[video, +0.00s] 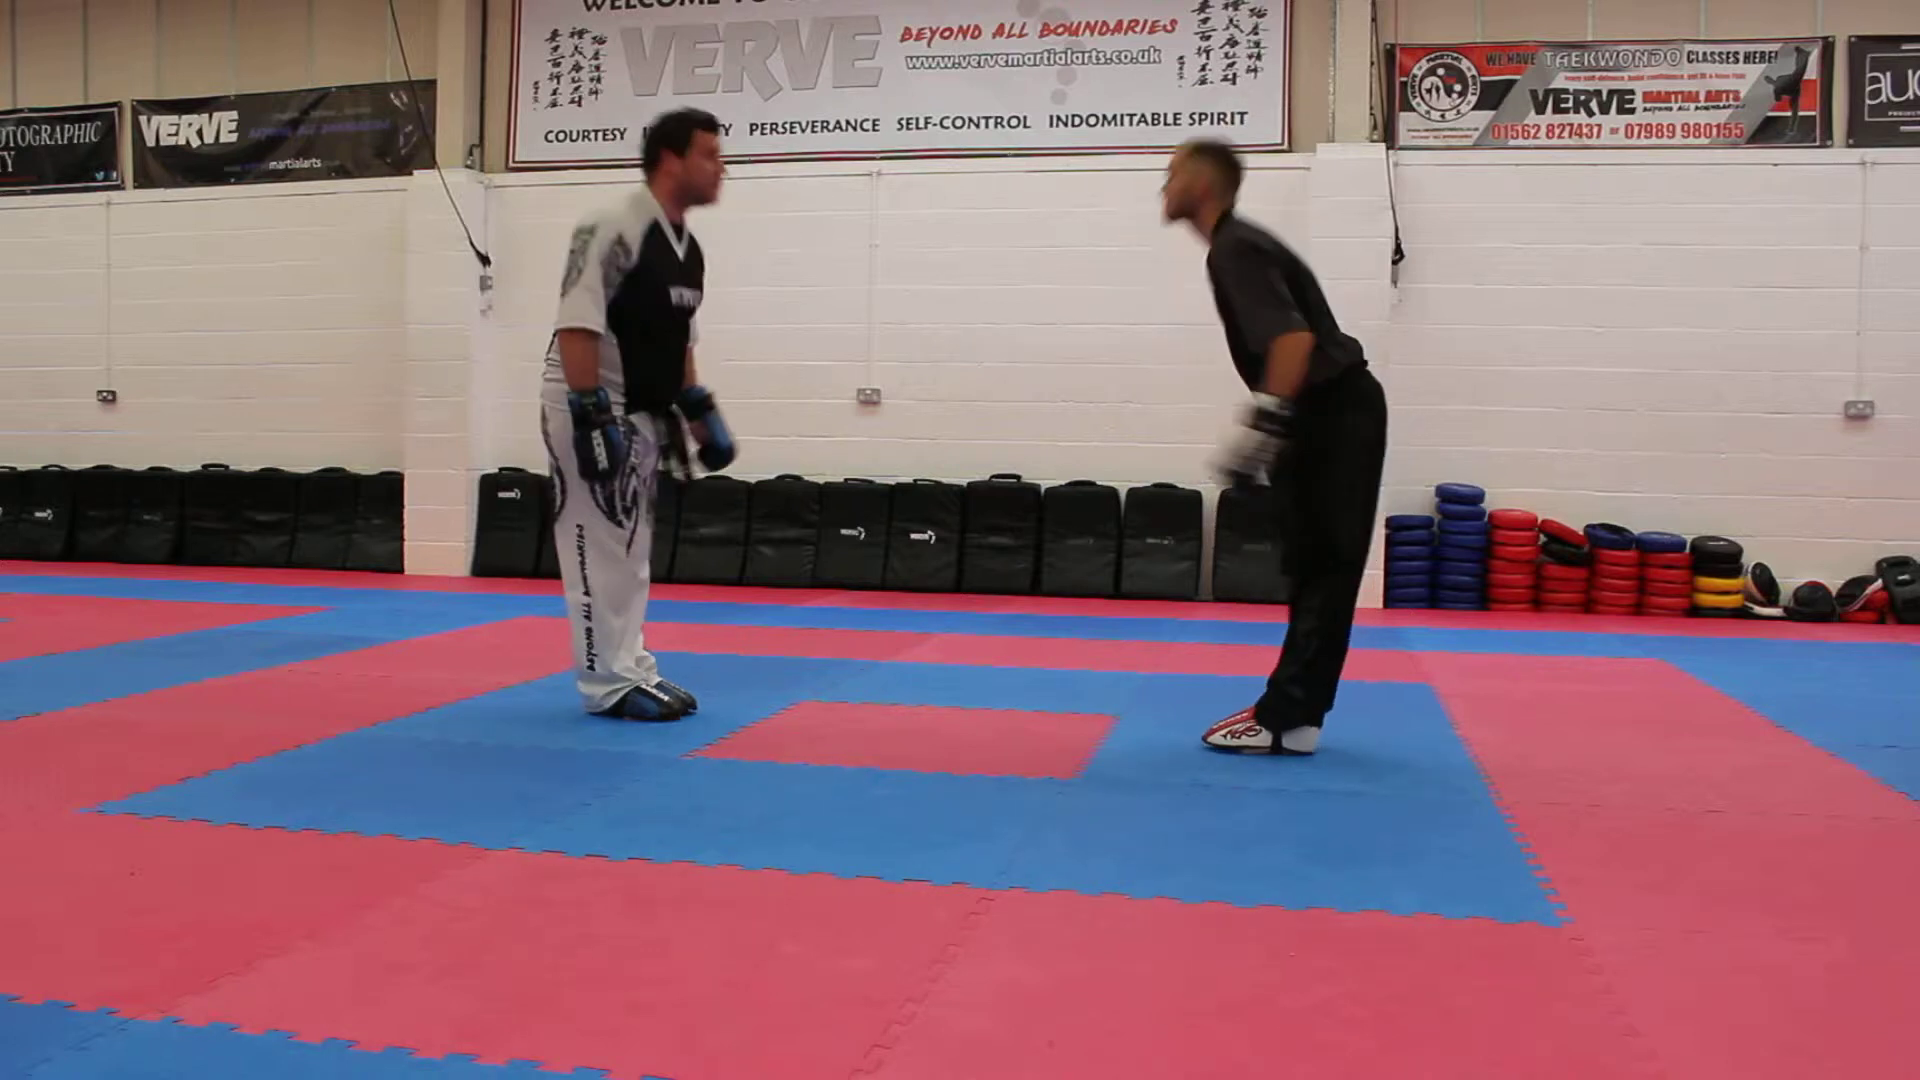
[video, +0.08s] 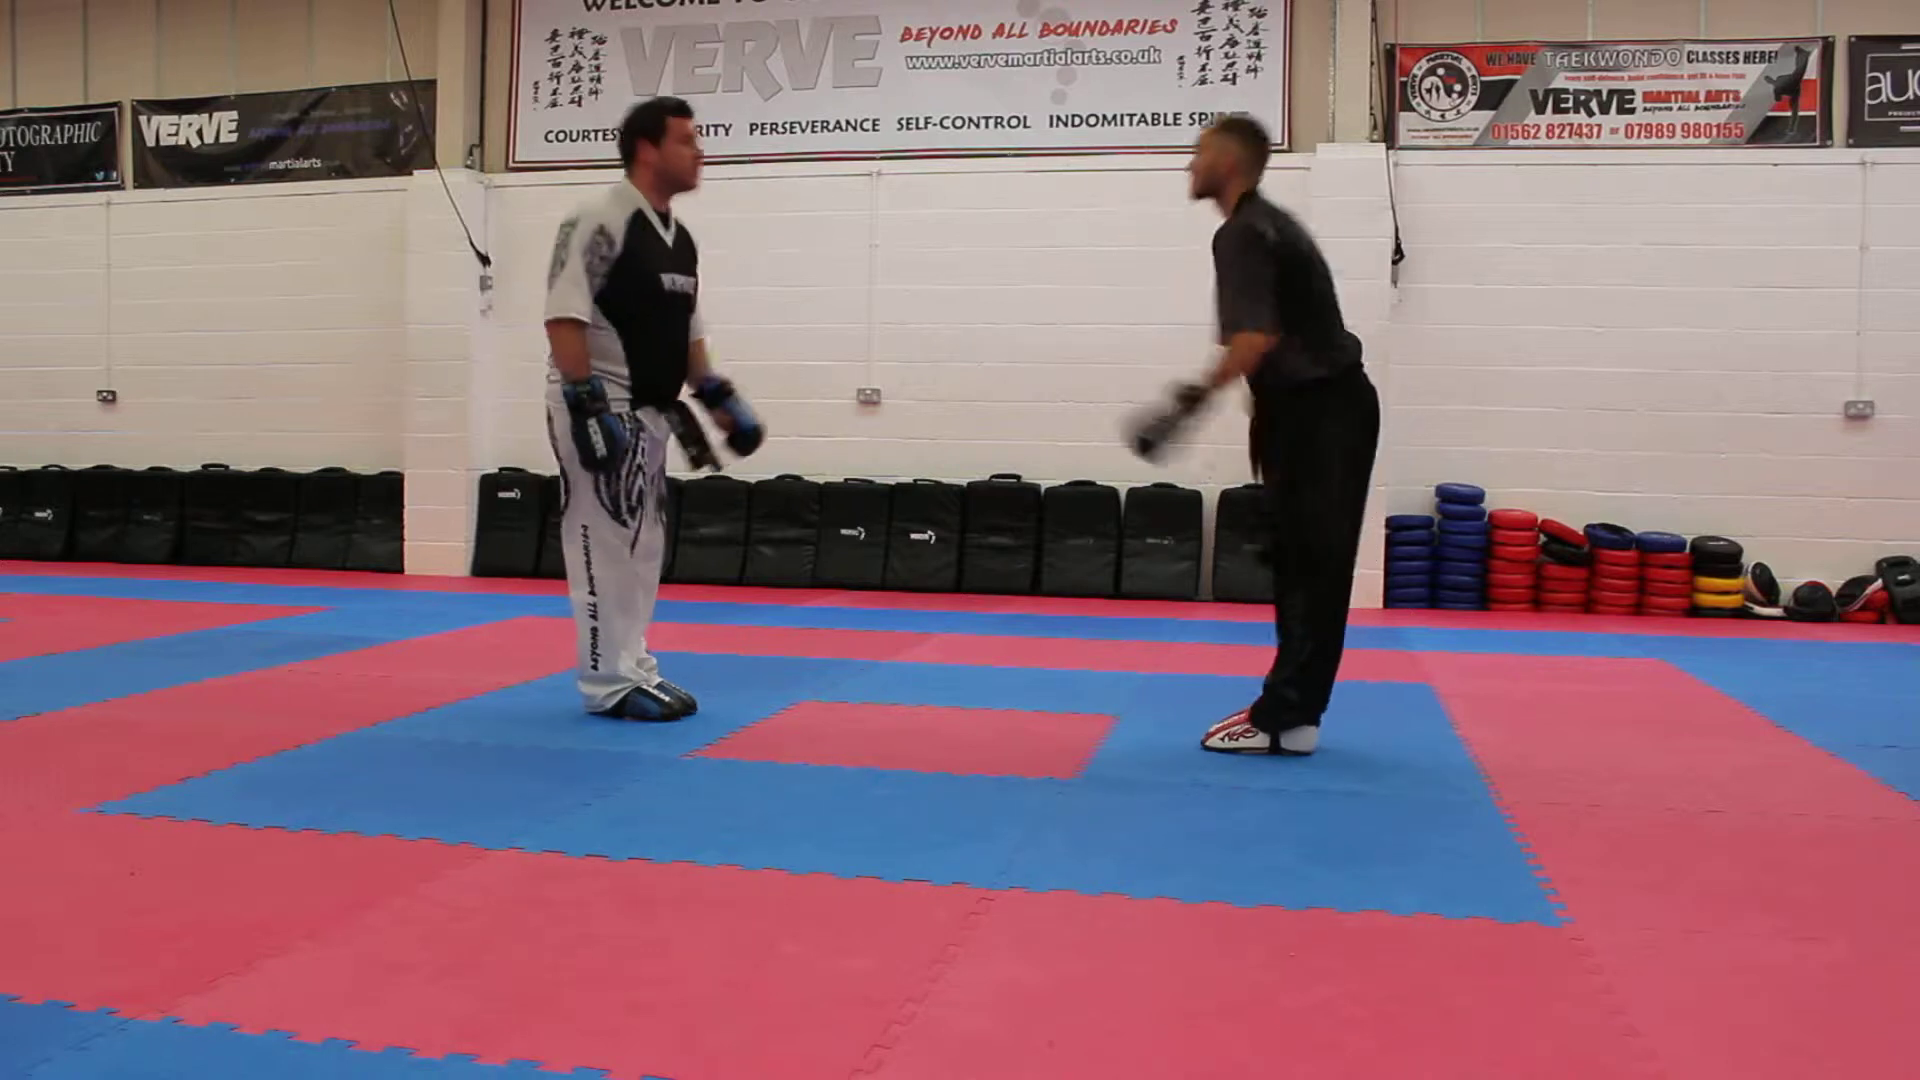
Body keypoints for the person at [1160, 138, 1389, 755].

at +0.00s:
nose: (1164, 186)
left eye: (1173, 174)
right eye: (1168, 174)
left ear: (1204, 182)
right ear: (1207, 183)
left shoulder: (1236, 249)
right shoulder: (1237, 245)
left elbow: (1293, 339)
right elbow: (1297, 338)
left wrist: (1263, 424)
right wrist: (1272, 424)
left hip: (1337, 407)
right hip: (1331, 406)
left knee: (1323, 562)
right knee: (1320, 562)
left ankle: (1289, 714)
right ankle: (1296, 712)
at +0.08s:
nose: (1191, 162)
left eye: (1201, 150)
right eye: (1197, 150)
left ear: (1229, 159)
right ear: (1239, 161)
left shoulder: (1243, 233)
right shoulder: (1270, 224)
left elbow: (1253, 339)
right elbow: (1269, 337)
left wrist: (1189, 400)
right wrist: (1195, 395)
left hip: (1313, 412)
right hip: (1331, 408)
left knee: (1306, 559)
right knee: (1313, 559)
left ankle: (1288, 714)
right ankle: (1295, 709)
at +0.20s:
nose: (1220, 148)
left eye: (1228, 137)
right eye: (1224, 136)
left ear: (1256, 148)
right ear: (1276, 152)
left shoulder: (1246, 224)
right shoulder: (1317, 221)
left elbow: (1202, 329)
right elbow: (1310, 323)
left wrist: (1138, 334)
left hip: (1311, 408)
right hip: (1349, 402)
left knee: (1293, 556)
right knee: (1318, 556)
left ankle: (1286, 715)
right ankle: (1295, 707)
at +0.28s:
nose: (1234, 143)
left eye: (1243, 131)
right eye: (1238, 130)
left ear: (1272, 143)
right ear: (1292, 148)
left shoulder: (1249, 221)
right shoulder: (1331, 218)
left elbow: (1186, 320)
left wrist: (1141, 294)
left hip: (1307, 406)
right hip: (1355, 401)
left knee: (1289, 555)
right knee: (1333, 552)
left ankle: (1286, 716)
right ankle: (1327, 700)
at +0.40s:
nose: (1254, 138)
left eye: (1264, 127)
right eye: (1258, 126)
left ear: (1295, 138)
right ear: (1311, 142)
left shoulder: (1259, 216)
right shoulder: (1350, 219)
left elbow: (1205, 314)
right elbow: (1321, 300)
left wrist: (1185, 278)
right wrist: (1233, 280)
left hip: (1302, 408)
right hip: (1359, 403)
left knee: (1288, 558)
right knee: (1356, 549)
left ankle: (1285, 713)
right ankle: (1392, 695)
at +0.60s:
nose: (1282, 158)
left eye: (1290, 148)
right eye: (1287, 147)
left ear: (1321, 162)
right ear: (1342, 168)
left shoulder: (1286, 244)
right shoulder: (1390, 248)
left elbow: (1260, 351)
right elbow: (1388, 350)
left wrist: (1205, 318)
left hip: (1303, 433)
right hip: (1374, 432)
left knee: (1248, 550)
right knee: (1390, 568)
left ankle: (1268, 693)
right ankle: (1428, 709)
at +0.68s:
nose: (1282, 147)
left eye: (1290, 136)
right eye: (1286, 135)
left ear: (1323, 147)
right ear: (1342, 152)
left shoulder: (1289, 229)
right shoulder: (1394, 233)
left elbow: (1263, 332)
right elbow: (1384, 335)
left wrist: (1214, 302)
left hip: (1301, 414)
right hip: (1374, 415)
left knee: (1242, 533)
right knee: (1391, 553)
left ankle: (1245, 672)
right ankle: (1427, 703)